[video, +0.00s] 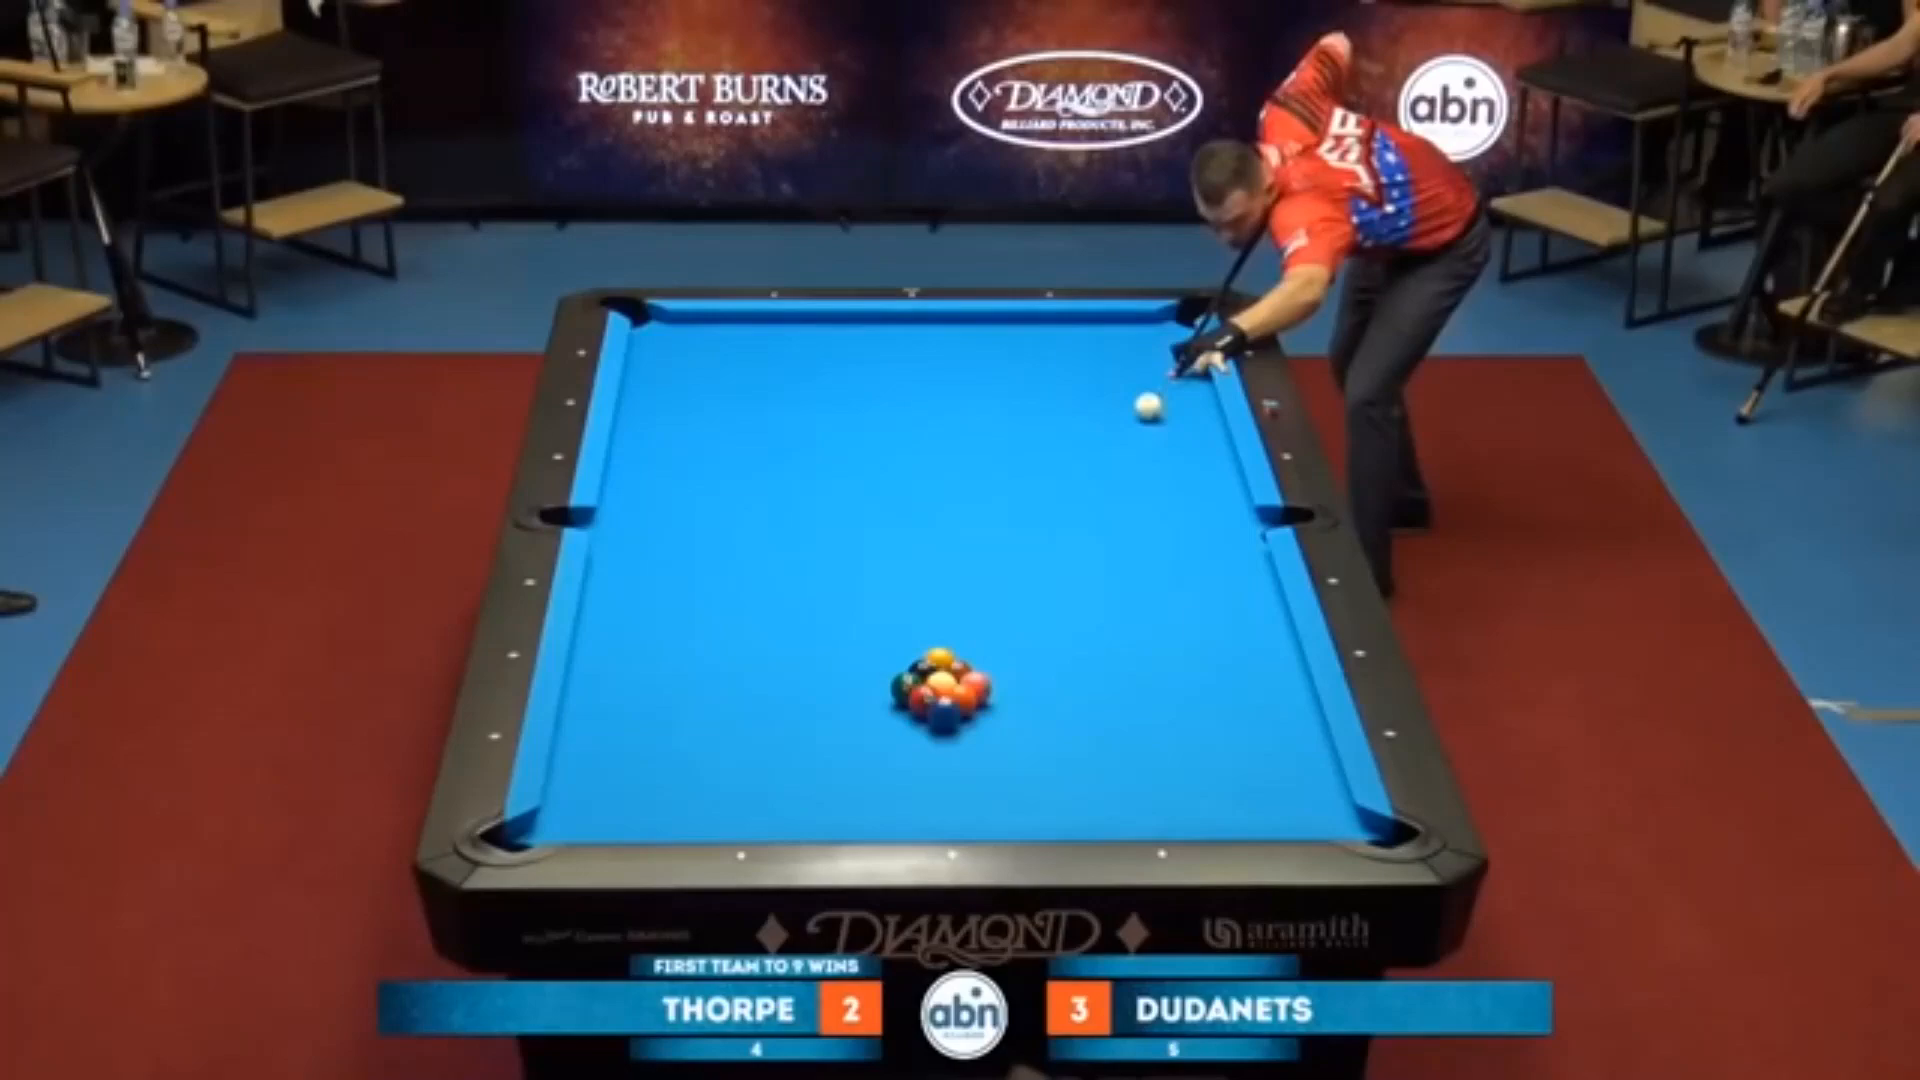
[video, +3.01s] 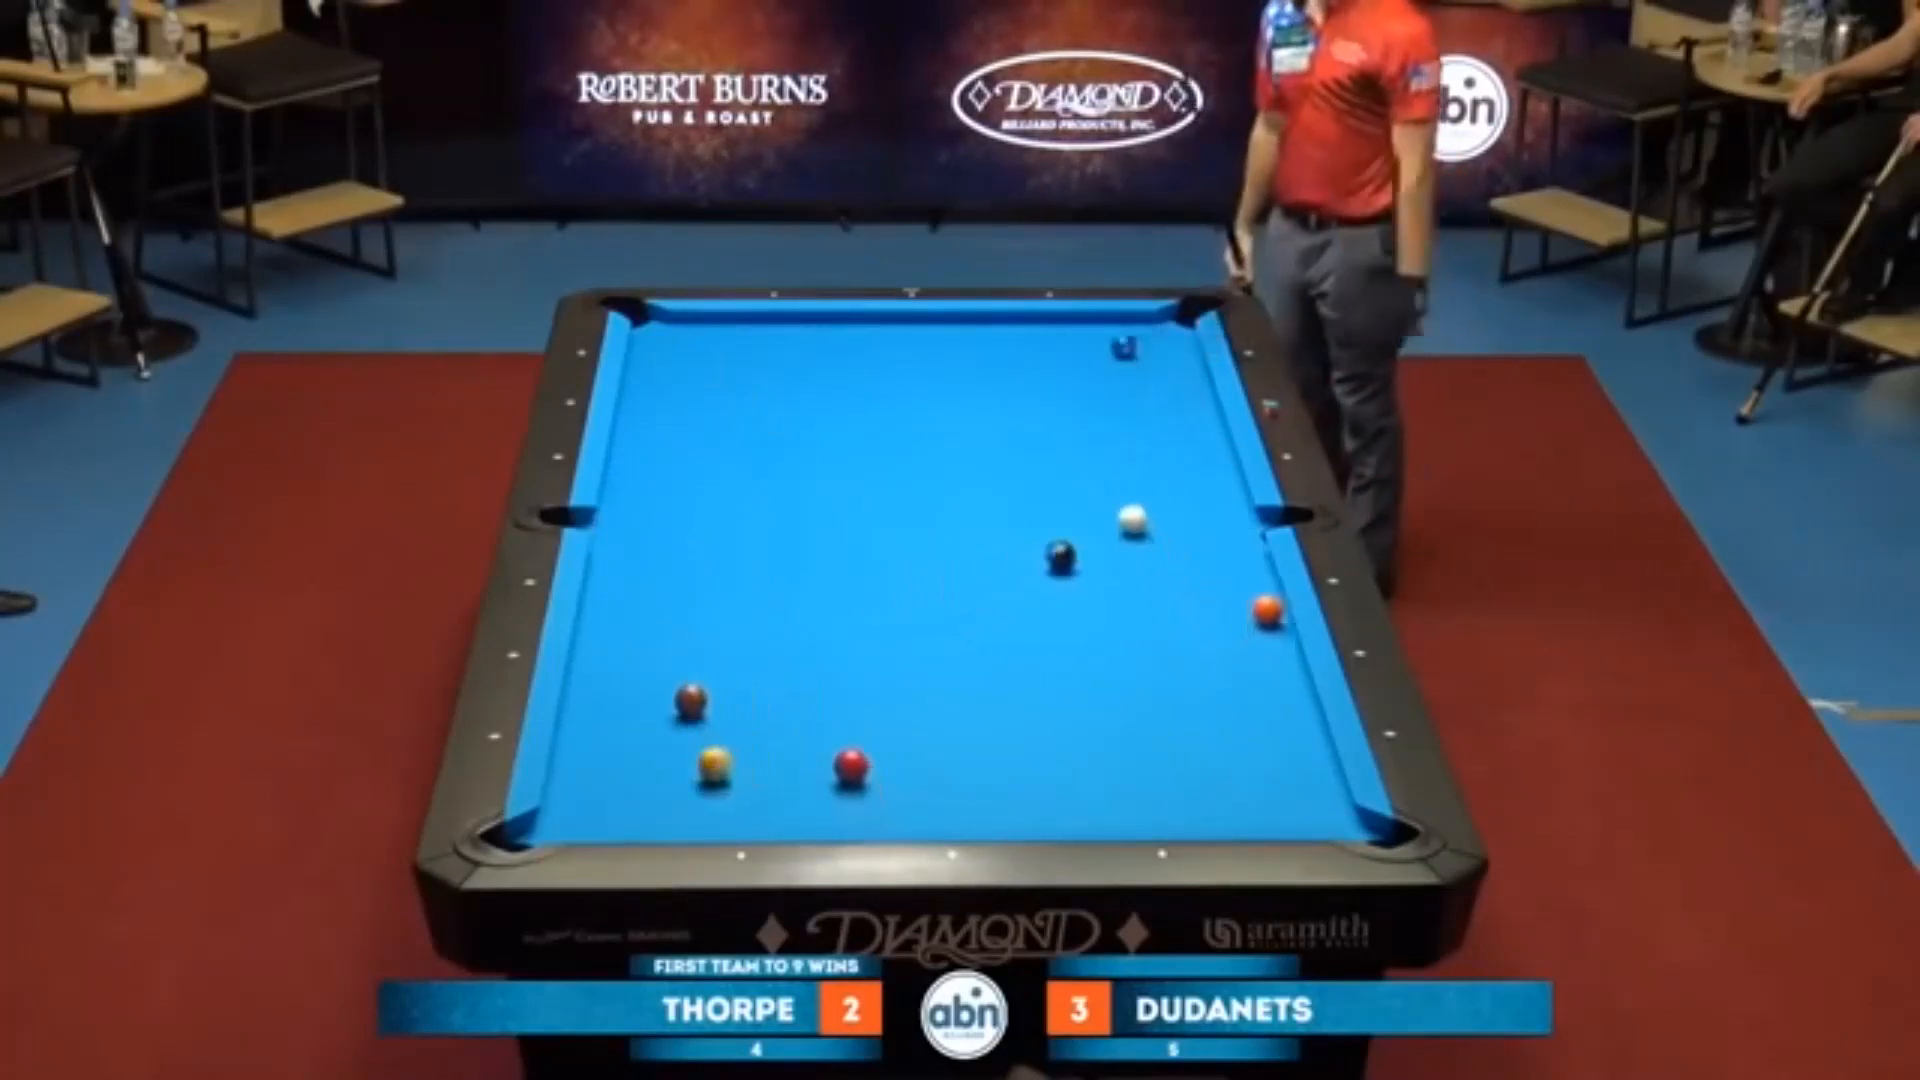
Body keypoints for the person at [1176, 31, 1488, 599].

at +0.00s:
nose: (1228, 237)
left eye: (1235, 222)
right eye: (1216, 227)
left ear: (1263, 187)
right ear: (1201, 206)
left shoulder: (1303, 203)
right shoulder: (1282, 115)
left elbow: (1308, 287)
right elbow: (1336, 43)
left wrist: (1230, 334)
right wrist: (1336, 104)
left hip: (1446, 242)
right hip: (1383, 239)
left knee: (1368, 393)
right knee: (1350, 366)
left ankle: (1370, 574)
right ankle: (1406, 498)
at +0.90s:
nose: (1223, 183)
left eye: (1230, 169)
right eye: (1213, 173)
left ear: (1262, 138)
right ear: (1200, 158)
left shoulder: (1305, 166)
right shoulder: (1284, 83)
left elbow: (1312, 276)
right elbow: (1331, 73)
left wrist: (1229, 336)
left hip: (1429, 246)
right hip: (1380, 238)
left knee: (1345, 402)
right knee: (1370, 370)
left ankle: (1366, 571)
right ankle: (1402, 500)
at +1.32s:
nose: (1244, 106)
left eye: (1256, 89)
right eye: (1232, 91)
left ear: (1287, 69)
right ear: (1219, 75)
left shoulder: (1326, 117)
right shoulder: (1277, 61)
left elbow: (1315, 260)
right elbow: (1272, 148)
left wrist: (1232, 337)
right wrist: (1252, 232)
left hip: (1411, 241)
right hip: (1357, 232)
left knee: (1348, 413)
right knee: (1375, 368)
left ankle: (1367, 574)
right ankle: (1402, 491)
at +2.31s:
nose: (1290, 22)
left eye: (1307, 9)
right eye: (1281, 6)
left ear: (1338, 8)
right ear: (1268, 5)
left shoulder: (1361, 85)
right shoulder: (1276, 45)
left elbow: (1320, 229)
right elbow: (1272, 155)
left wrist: (1251, 315)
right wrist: (1246, 258)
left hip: (1390, 247)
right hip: (1321, 232)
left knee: (1357, 407)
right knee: (1312, 393)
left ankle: (1368, 566)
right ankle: (1315, 531)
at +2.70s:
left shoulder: (1387, 37)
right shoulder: (1281, 22)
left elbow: (1386, 171)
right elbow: (1272, 129)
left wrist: (1286, 221)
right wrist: (1249, 223)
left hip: (1370, 243)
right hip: (1305, 241)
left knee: (1360, 404)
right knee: (1305, 396)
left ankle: (1369, 562)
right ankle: (1314, 538)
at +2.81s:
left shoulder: (1394, 32)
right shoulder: (1281, 20)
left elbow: (1404, 166)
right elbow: (1270, 129)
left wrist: (1322, 236)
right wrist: (1242, 225)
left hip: (1368, 241)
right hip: (1295, 235)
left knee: (1361, 403)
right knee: (1303, 394)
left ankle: (1369, 563)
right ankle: (1312, 537)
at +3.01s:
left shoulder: (1400, 30)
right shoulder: (1281, 19)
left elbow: (1415, 164)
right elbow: (1268, 125)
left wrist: (1411, 277)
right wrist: (1244, 222)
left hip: (1362, 239)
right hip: (1284, 233)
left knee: (1362, 406)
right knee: (1296, 399)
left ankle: (1367, 563)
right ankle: (1304, 543)